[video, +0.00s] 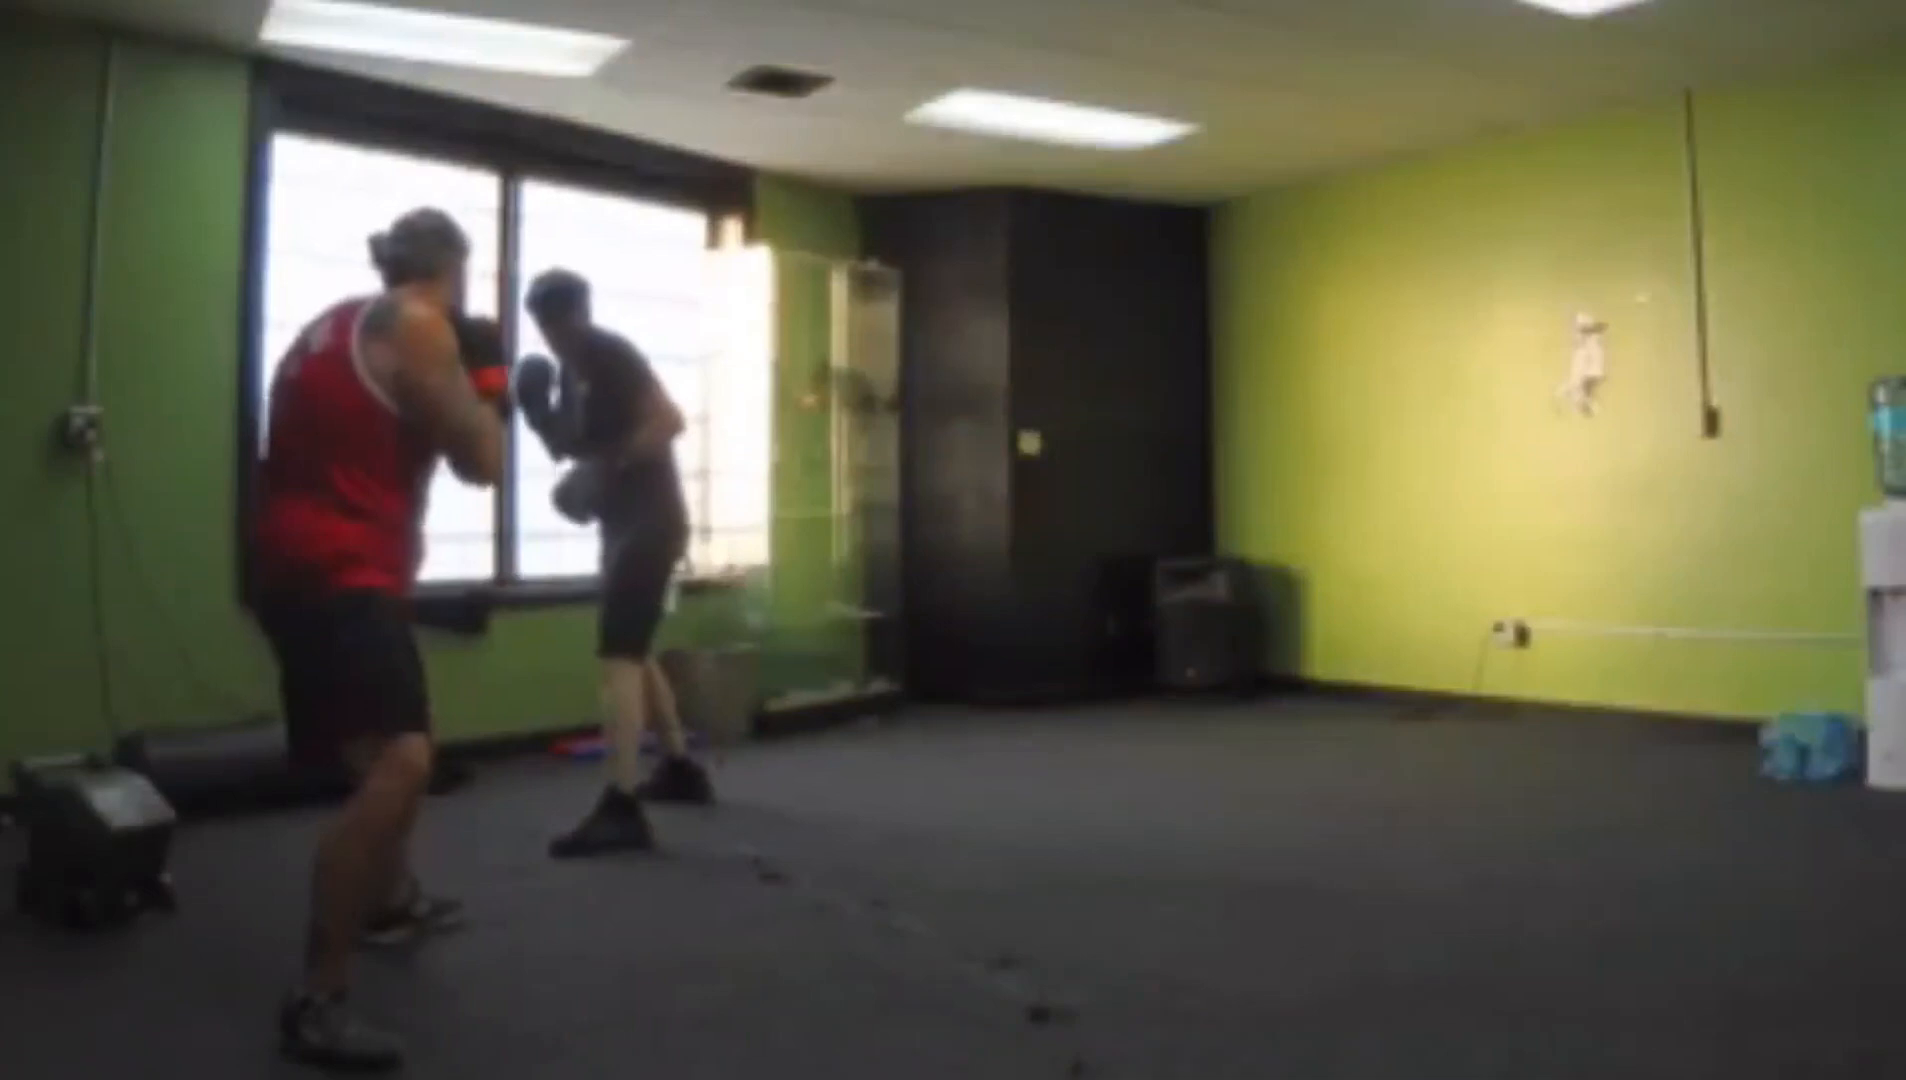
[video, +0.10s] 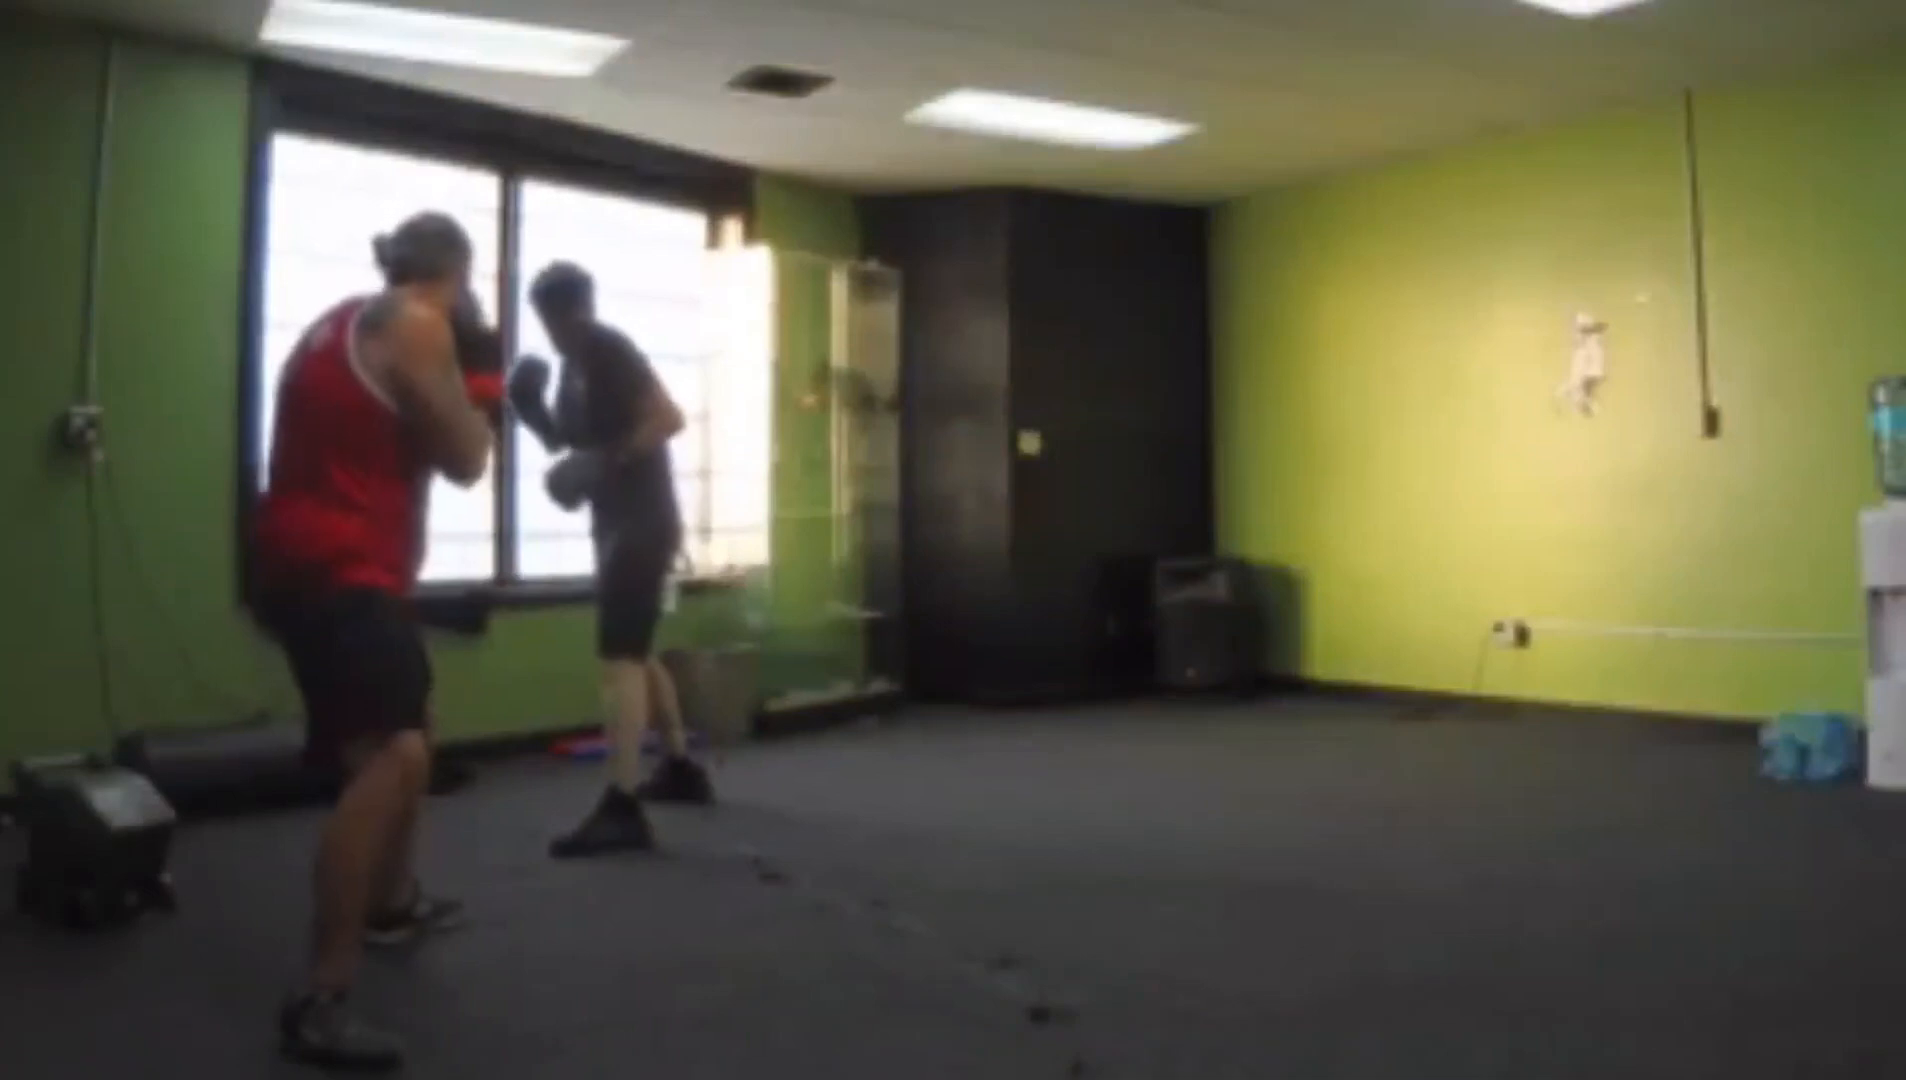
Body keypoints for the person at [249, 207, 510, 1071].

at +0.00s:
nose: (464, 292)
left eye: (462, 280)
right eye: (463, 278)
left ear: (389, 267)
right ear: (445, 272)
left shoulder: (331, 325)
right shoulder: (414, 323)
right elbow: (484, 459)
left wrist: (448, 382)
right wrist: (481, 379)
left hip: (291, 570)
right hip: (349, 574)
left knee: (381, 746)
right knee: (400, 758)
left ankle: (388, 900)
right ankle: (321, 1001)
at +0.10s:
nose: (467, 296)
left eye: (464, 284)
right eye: (465, 282)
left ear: (394, 266)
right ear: (447, 274)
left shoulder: (340, 322)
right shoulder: (411, 321)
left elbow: (421, 443)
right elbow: (468, 456)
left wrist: (462, 373)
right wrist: (483, 373)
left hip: (300, 567)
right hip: (347, 574)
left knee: (405, 741)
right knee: (384, 761)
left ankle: (389, 901)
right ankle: (324, 999)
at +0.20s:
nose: (475, 300)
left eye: (476, 289)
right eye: (473, 286)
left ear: (407, 260)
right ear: (454, 272)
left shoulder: (352, 313)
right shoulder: (413, 314)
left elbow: (425, 438)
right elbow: (462, 449)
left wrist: (471, 370)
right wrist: (486, 375)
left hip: (308, 558)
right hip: (343, 564)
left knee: (409, 729)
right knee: (380, 747)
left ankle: (388, 899)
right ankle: (334, 984)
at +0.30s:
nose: (478, 290)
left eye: (477, 278)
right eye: (478, 277)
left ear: (410, 253)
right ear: (464, 268)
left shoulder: (356, 305)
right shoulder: (417, 307)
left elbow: (464, 425)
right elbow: (473, 437)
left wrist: (508, 384)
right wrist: (489, 353)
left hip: (297, 546)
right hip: (339, 553)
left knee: (392, 722)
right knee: (382, 728)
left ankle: (388, 901)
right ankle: (326, 965)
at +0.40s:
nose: (481, 280)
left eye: (480, 268)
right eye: (479, 266)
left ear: (409, 246)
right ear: (459, 257)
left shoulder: (354, 299)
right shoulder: (422, 303)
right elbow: (488, 430)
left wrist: (469, 335)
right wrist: (507, 355)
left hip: (294, 538)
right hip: (342, 548)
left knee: (393, 723)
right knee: (377, 734)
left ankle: (390, 897)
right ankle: (322, 960)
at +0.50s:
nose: (481, 274)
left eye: (480, 261)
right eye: (478, 259)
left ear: (408, 243)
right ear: (456, 253)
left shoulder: (351, 297)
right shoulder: (421, 305)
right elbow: (489, 428)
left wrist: (468, 331)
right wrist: (505, 356)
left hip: (294, 544)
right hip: (344, 554)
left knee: (394, 718)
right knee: (374, 734)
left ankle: (391, 894)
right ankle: (323, 960)